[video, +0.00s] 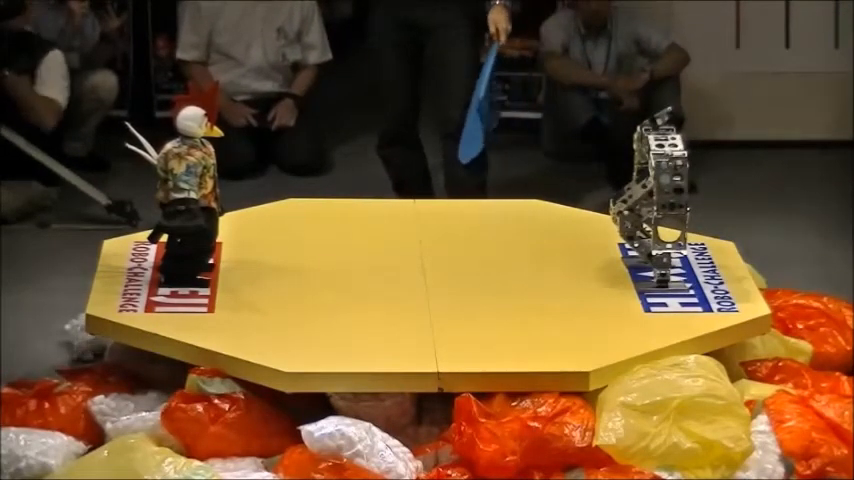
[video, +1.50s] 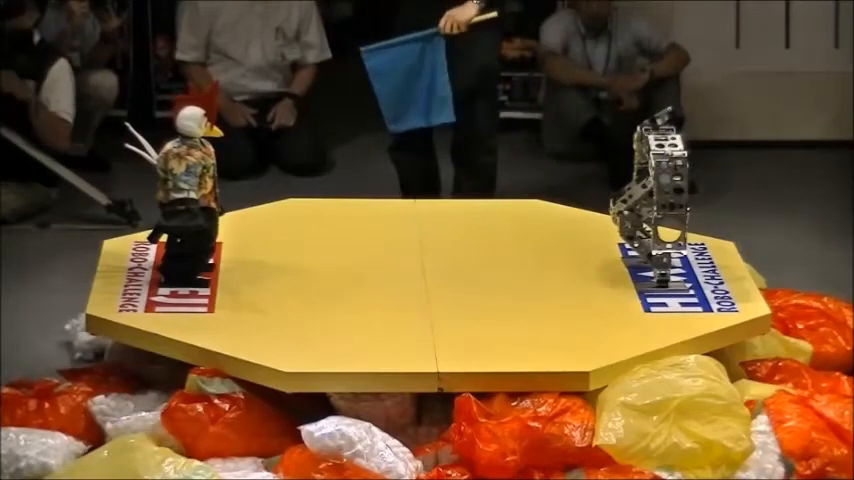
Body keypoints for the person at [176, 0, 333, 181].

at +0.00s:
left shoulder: (302, 5)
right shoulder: (201, 5)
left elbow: (312, 60)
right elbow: (191, 60)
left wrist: (291, 100)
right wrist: (226, 105)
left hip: (280, 98)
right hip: (228, 102)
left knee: (306, 160)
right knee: (237, 163)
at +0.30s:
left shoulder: (302, 4)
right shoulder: (201, 5)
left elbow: (311, 61)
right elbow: (191, 61)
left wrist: (291, 100)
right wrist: (226, 105)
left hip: (280, 98)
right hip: (228, 102)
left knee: (306, 161)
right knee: (237, 164)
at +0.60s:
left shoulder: (302, 5)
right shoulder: (202, 5)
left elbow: (310, 62)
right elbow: (191, 62)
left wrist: (291, 100)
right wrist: (226, 106)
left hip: (280, 99)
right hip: (227, 102)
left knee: (306, 161)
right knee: (238, 164)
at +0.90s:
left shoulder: (301, 5)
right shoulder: (202, 5)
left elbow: (310, 62)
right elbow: (191, 62)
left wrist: (291, 100)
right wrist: (226, 106)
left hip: (279, 99)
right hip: (227, 102)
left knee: (307, 161)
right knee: (237, 163)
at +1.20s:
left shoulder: (301, 5)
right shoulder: (202, 5)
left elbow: (310, 62)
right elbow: (191, 62)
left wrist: (291, 100)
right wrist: (226, 106)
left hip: (279, 99)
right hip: (227, 102)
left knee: (307, 161)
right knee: (238, 164)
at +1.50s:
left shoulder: (300, 5)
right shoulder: (201, 5)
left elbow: (310, 61)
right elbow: (191, 62)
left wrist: (290, 100)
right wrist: (226, 105)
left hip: (279, 98)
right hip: (227, 102)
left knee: (307, 161)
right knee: (237, 164)